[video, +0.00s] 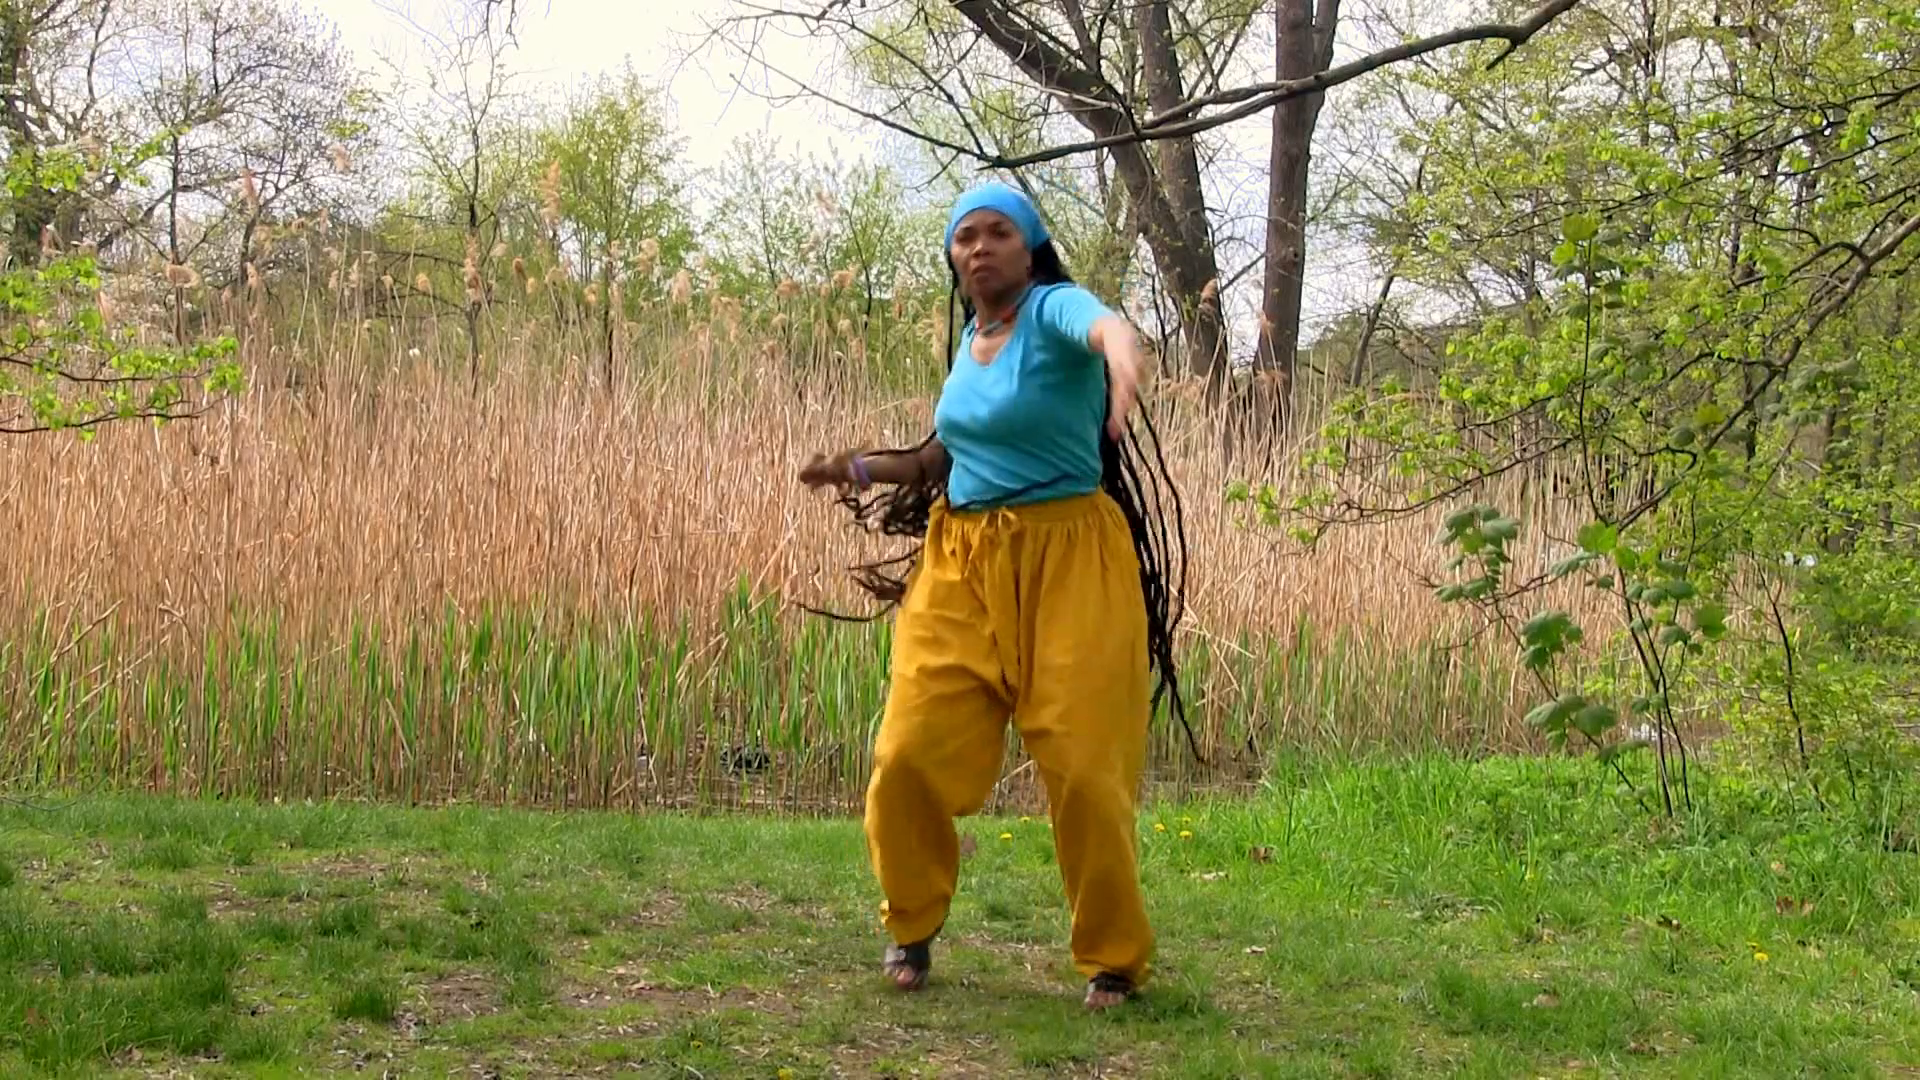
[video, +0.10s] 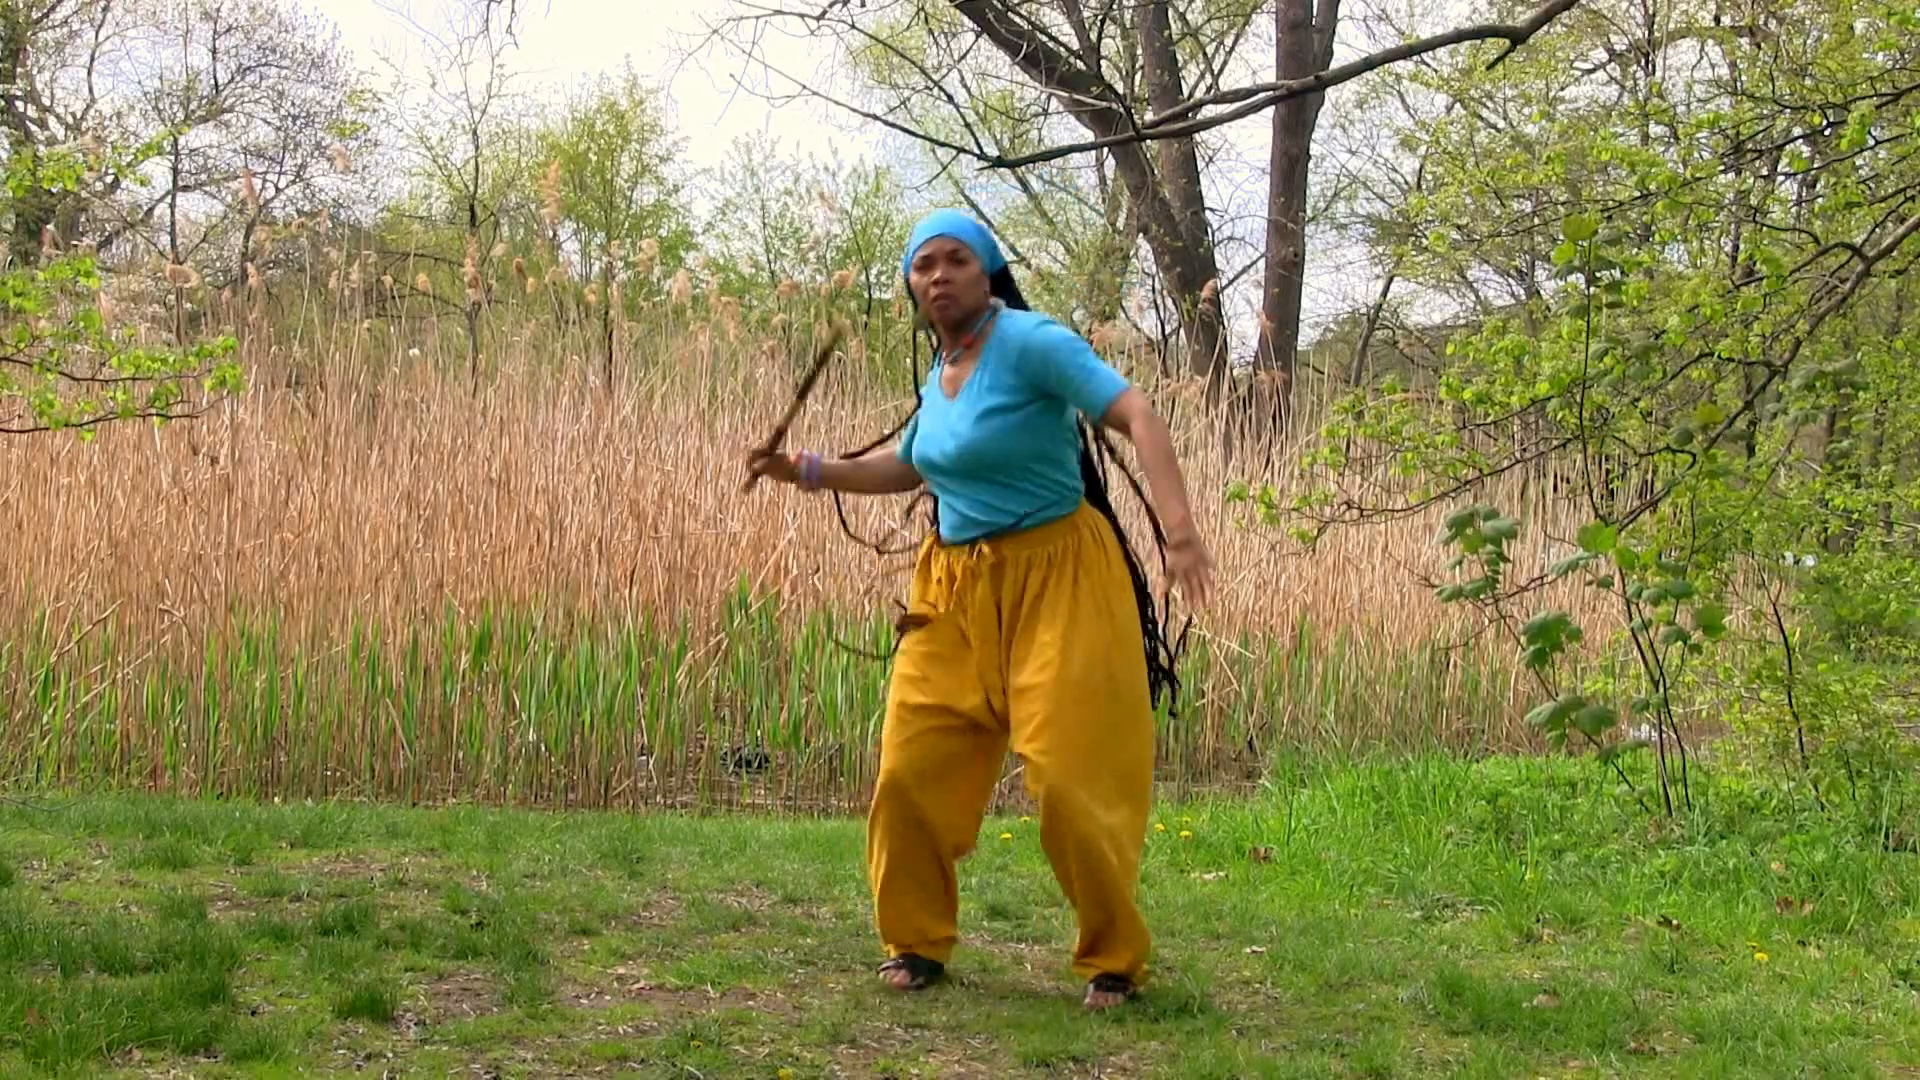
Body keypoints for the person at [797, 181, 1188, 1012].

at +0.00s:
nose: (980, 246)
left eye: (998, 233)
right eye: (966, 237)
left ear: (1033, 251)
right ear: (954, 261)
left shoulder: (1058, 307)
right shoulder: (967, 342)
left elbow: (1116, 334)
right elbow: (943, 456)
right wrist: (857, 467)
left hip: (1072, 550)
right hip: (962, 553)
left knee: (1085, 767)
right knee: (900, 755)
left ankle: (1112, 963)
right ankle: (910, 928)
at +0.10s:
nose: (937, 275)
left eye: (952, 261)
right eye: (924, 268)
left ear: (990, 274)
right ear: (913, 291)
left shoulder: (1034, 343)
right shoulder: (937, 378)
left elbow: (1137, 414)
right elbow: (910, 468)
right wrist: (811, 471)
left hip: (1058, 574)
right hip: (956, 582)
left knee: (1065, 772)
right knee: (906, 770)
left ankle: (1112, 962)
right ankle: (917, 945)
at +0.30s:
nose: (926, 256)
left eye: (935, 241)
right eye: (905, 248)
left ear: (955, 251)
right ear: (878, 271)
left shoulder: (1021, 314)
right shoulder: (861, 368)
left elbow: (1072, 399)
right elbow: (863, 479)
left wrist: (1101, 502)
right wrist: (841, 542)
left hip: (1037, 544)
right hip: (919, 559)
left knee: (1071, 735)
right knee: (904, 750)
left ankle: (1103, 948)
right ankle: (913, 941)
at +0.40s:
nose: (984, 223)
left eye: (984, 210)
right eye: (965, 214)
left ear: (984, 221)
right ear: (915, 238)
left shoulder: (997, 292)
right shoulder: (884, 333)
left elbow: (1000, 393)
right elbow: (915, 465)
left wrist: (1059, 466)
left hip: (1009, 509)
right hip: (912, 526)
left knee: (1078, 686)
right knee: (917, 742)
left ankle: (1042, 886)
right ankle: (899, 934)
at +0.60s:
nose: (1016, 231)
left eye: (1014, 216)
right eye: (1005, 217)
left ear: (950, 227)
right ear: (964, 226)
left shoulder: (898, 296)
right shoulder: (970, 303)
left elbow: (826, 402)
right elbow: (1007, 441)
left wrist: (876, 463)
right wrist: (1046, 471)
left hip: (881, 499)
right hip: (928, 510)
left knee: (1004, 691)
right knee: (904, 714)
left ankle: (887, 842)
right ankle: (838, 930)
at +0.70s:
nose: (1012, 258)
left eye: (1009, 242)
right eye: (1001, 243)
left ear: (925, 251)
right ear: (964, 250)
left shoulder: (875, 313)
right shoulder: (994, 327)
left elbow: (772, 392)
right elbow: (1014, 471)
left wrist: (804, 481)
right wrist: (1005, 515)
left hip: (857, 514)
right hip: (940, 524)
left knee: (890, 711)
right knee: (939, 729)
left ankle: (826, 884)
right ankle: (850, 933)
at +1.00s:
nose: (1001, 322)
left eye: (996, 309)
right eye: (991, 311)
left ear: (917, 319)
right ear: (959, 320)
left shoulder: (868, 371)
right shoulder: (997, 384)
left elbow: (763, 416)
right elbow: (1040, 514)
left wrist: (778, 513)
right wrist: (1012, 544)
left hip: (852, 558)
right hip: (949, 564)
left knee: (862, 741)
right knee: (1038, 743)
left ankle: (802, 909)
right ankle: (956, 890)